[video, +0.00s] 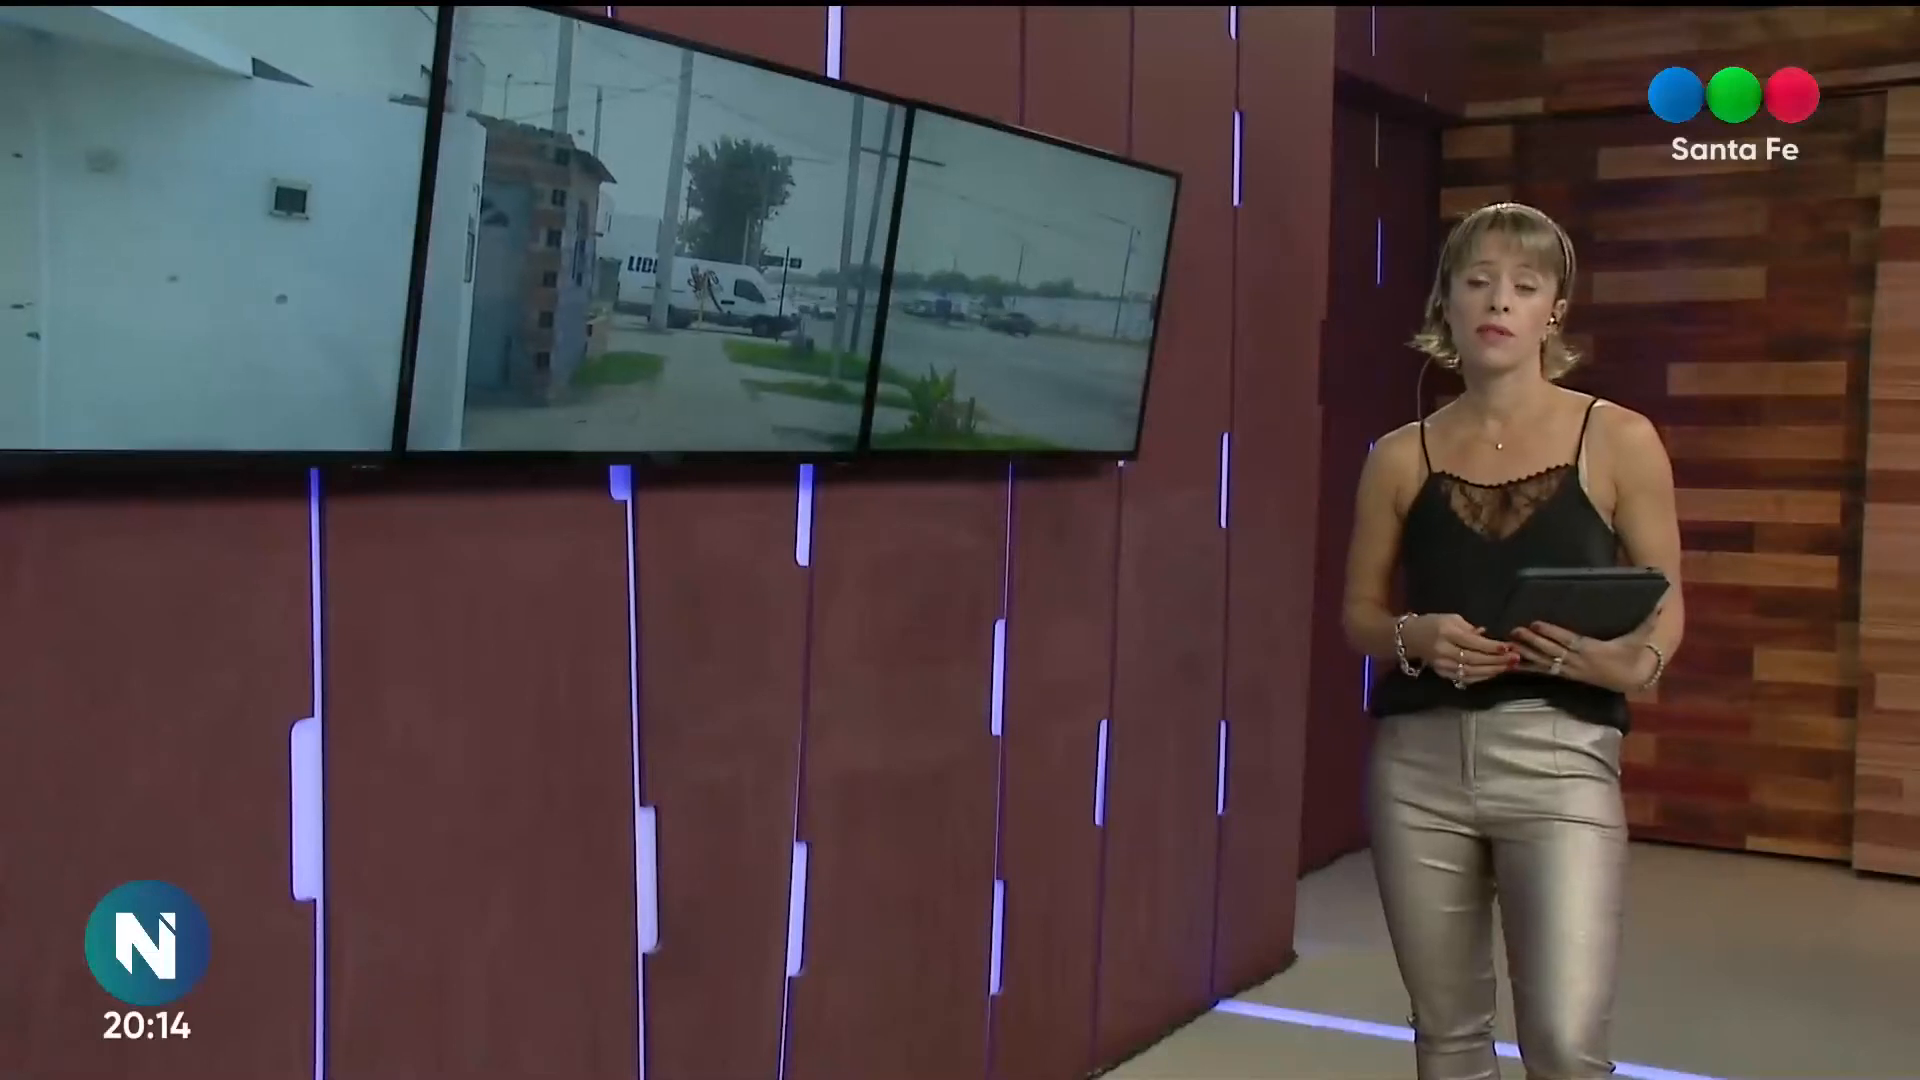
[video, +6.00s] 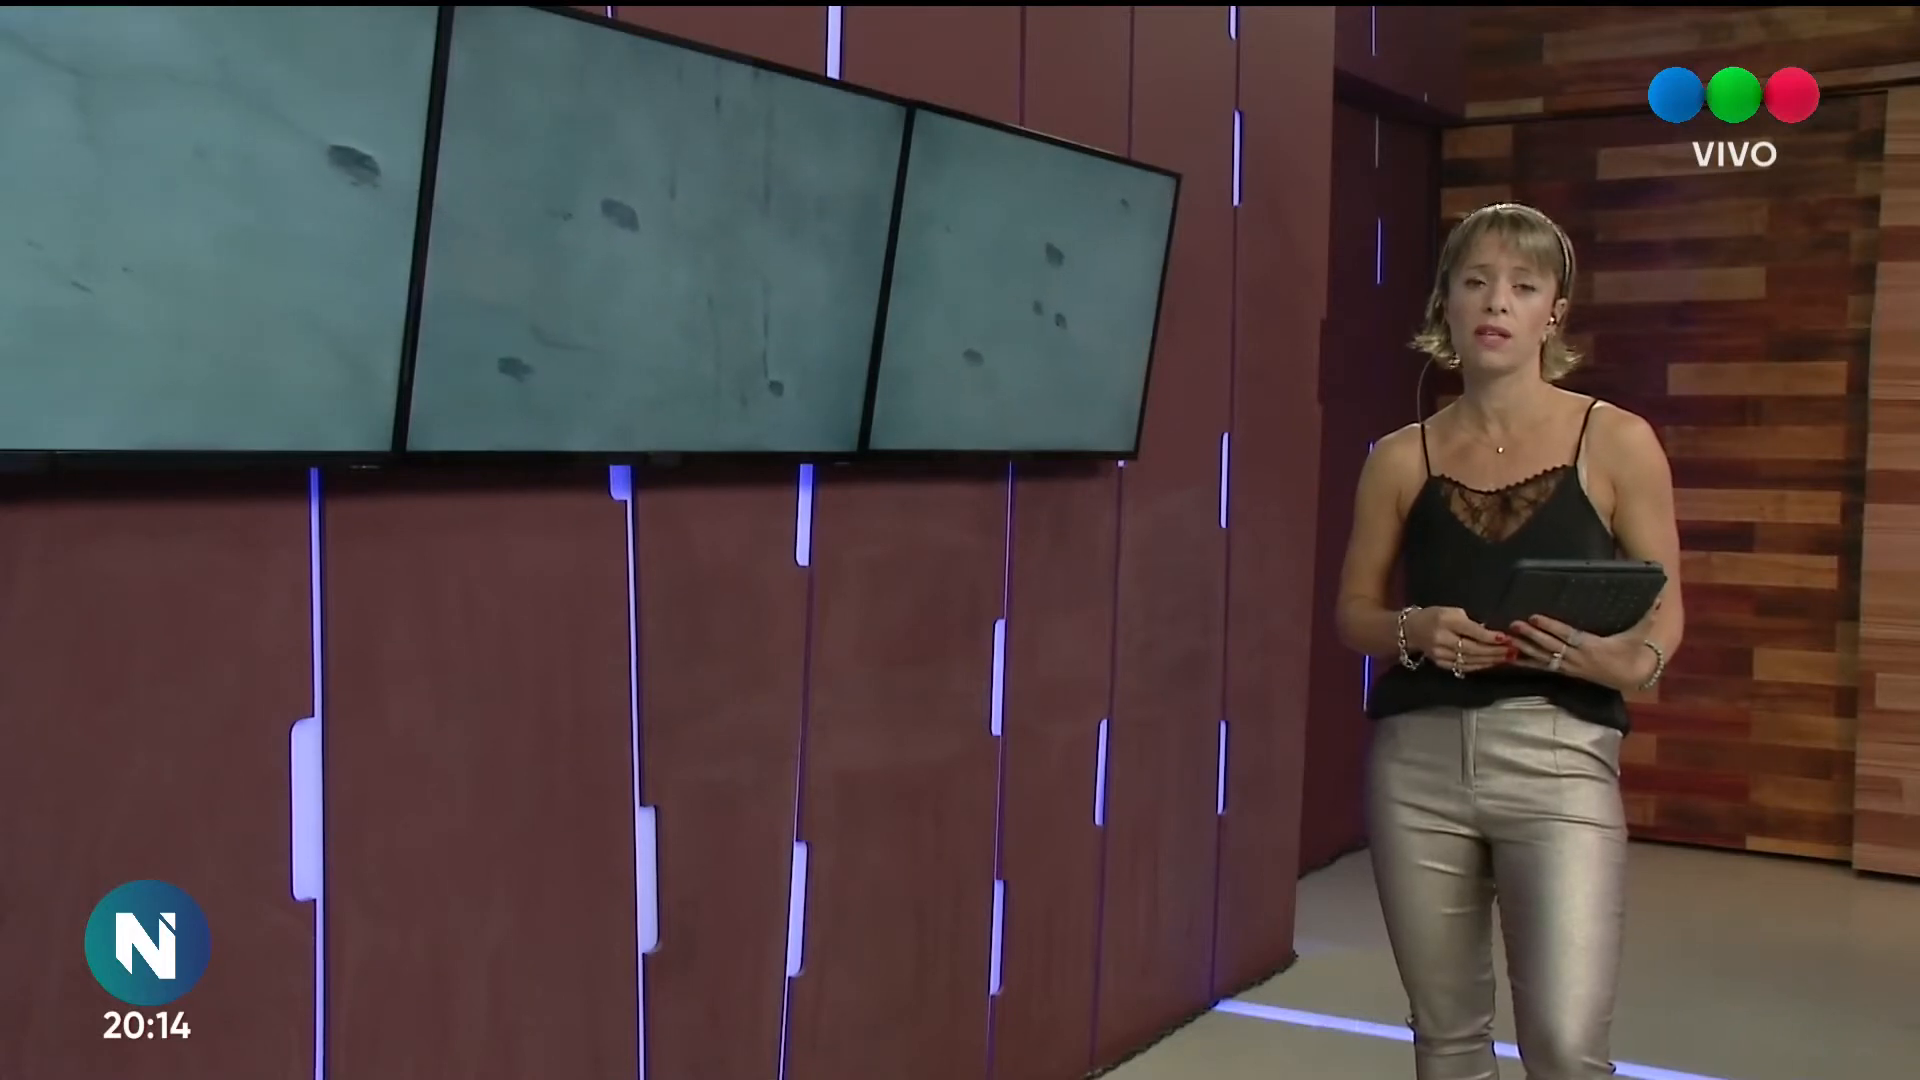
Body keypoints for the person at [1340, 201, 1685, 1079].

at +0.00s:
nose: (1495, 300)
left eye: (1521, 285)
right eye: (1476, 281)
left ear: (1554, 313)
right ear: (1447, 305)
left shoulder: (1619, 441)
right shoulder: (1400, 459)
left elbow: (1663, 598)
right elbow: (1360, 616)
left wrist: (1631, 665)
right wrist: (1410, 638)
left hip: (1558, 766)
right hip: (1417, 769)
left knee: (1564, 1048)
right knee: (1447, 1042)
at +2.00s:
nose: (1492, 301)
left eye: (1519, 285)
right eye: (1474, 281)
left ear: (1554, 312)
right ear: (1446, 304)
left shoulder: (1619, 442)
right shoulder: (1400, 459)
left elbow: (1662, 604)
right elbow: (1356, 610)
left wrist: (1627, 662)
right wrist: (1403, 630)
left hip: (1556, 766)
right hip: (1416, 767)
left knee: (1563, 1048)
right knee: (1447, 1038)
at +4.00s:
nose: (1497, 306)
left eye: (1524, 290)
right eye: (1479, 285)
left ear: (1558, 315)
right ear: (1450, 306)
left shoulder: (1622, 444)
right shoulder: (1402, 459)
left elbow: (1665, 609)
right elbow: (1354, 610)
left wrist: (1630, 664)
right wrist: (1409, 628)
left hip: (1560, 767)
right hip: (1418, 767)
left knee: (1565, 1048)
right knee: (1447, 1040)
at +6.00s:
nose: (1493, 301)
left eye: (1519, 286)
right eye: (1474, 282)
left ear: (1553, 314)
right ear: (1445, 306)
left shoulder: (1618, 443)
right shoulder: (1399, 460)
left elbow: (1663, 604)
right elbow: (1353, 614)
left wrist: (1630, 662)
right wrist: (1411, 630)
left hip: (1558, 767)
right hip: (1416, 768)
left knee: (1564, 1049)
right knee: (1446, 1040)